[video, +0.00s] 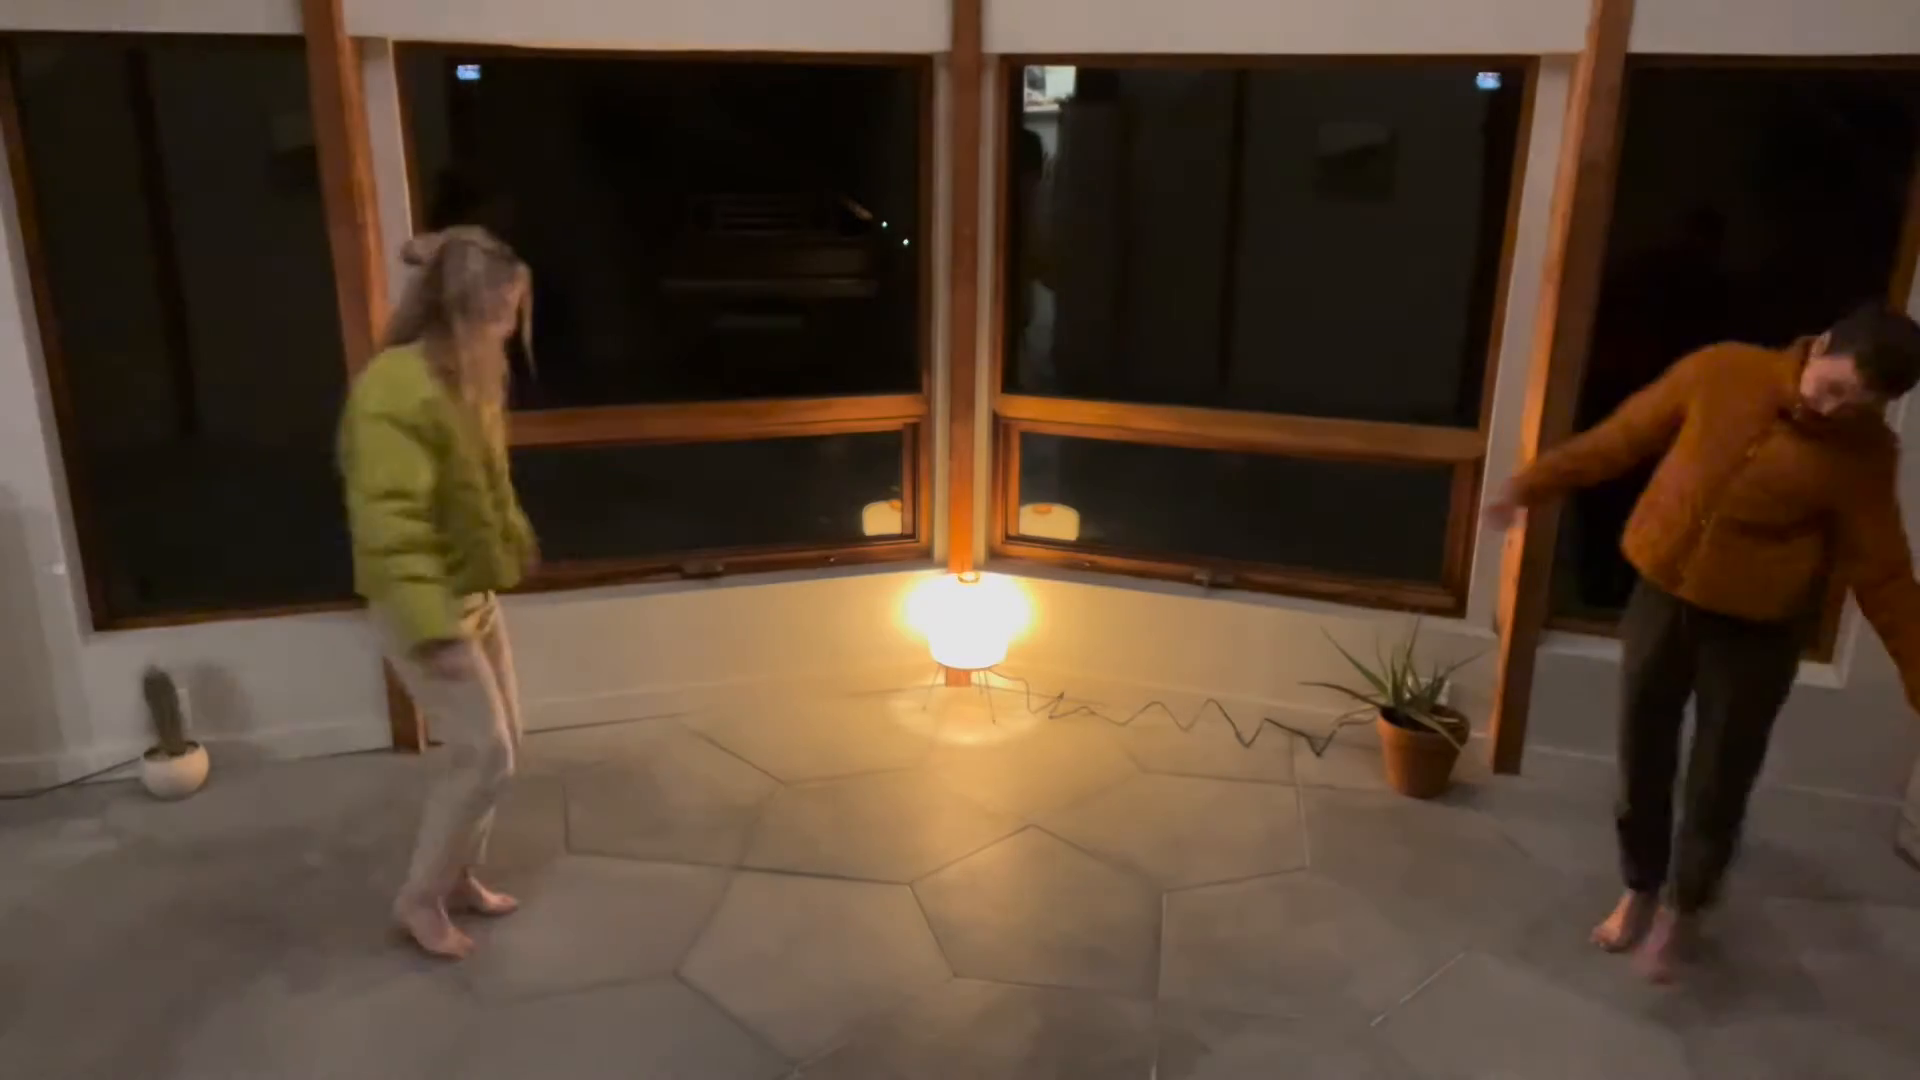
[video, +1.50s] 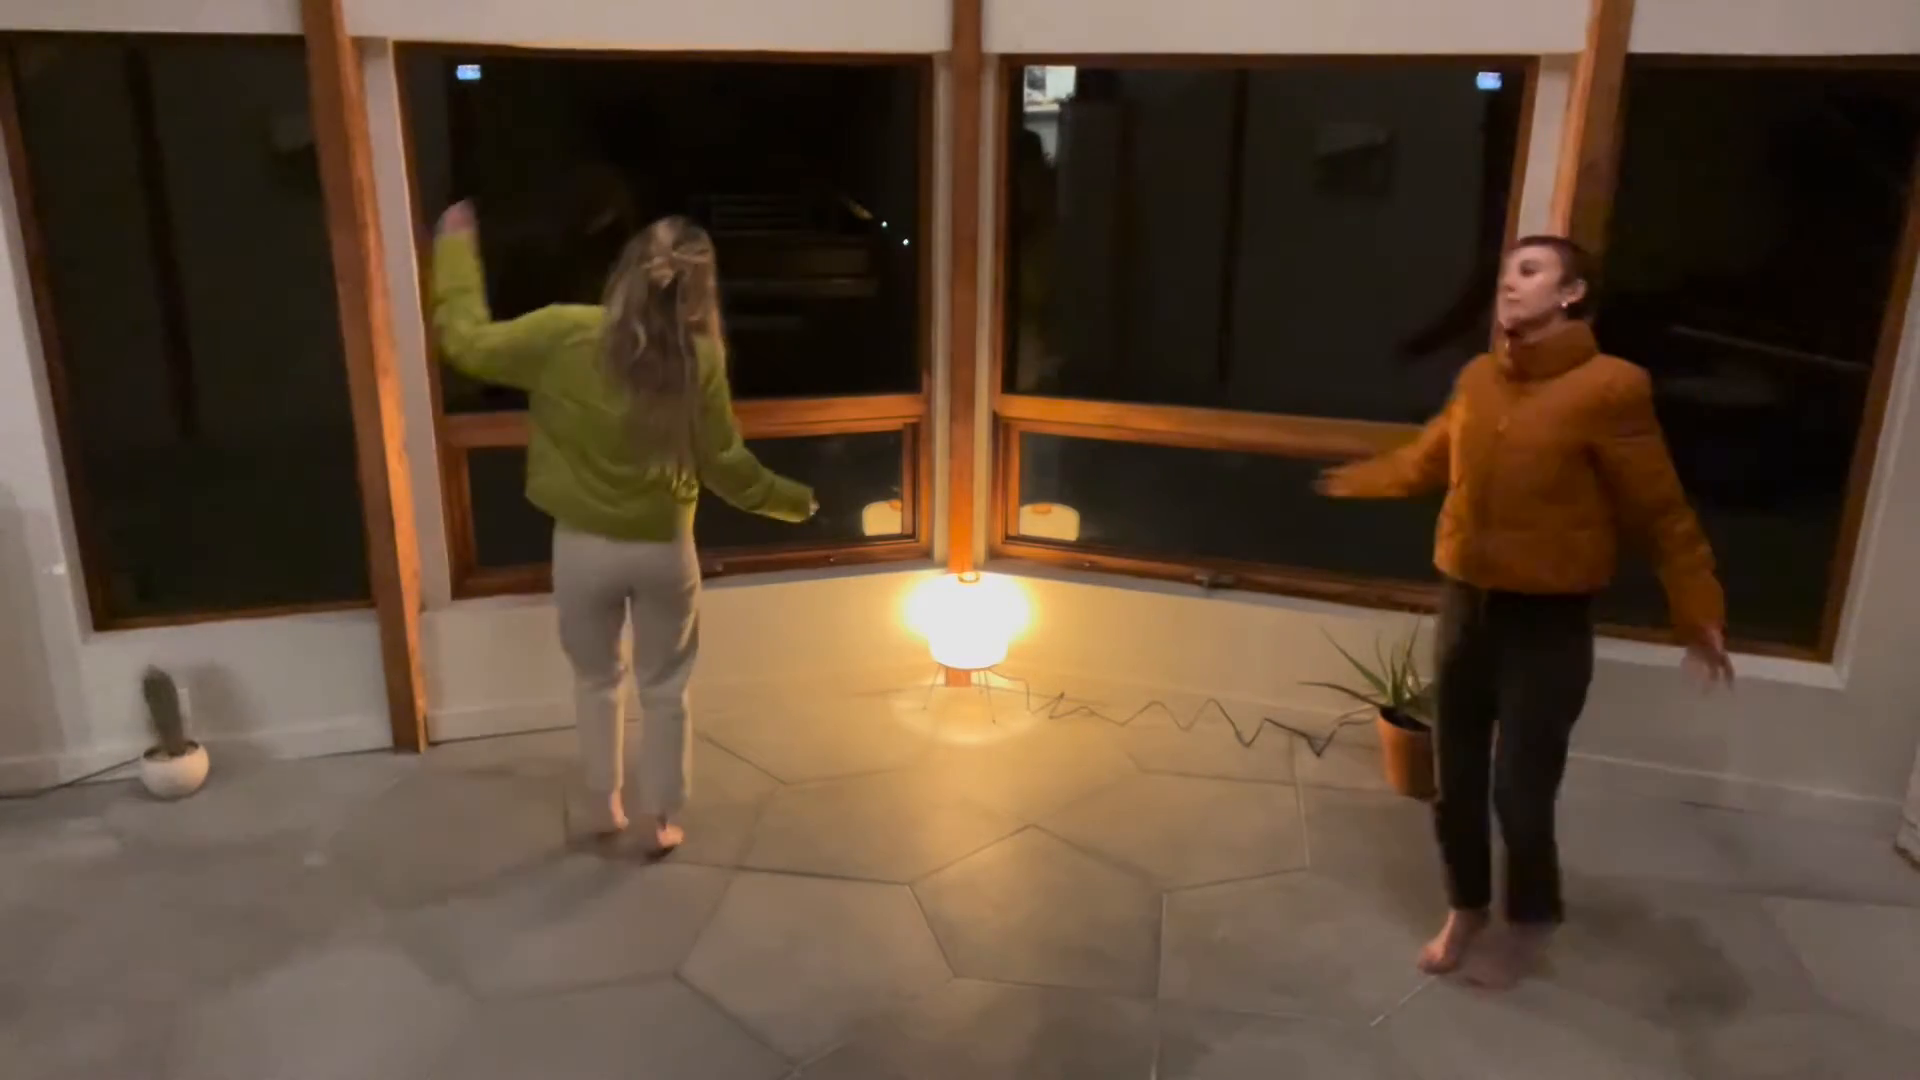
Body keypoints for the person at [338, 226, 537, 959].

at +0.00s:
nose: (513, 329)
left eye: (515, 313)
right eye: (505, 314)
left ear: (486, 311)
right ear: (465, 311)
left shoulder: (473, 374)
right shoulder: (394, 388)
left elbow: (487, 478)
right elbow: (387, 522)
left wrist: (515, 543)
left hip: (474, 594)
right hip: (422, 608)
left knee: (500, 748)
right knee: (482, 752)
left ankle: (459, 875)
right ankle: (418, 898)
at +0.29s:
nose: (562, 321)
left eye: (562, 305)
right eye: (556, 305)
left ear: (476, 300)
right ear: (523, 307)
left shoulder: (424, 370)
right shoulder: (508, 391)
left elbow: (395, 484)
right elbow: (560, 524)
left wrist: (394, 568)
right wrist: (650, 610)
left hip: (427, 589)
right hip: (477, 599)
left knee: (482, 741)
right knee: (538, 746)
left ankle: (460, 890)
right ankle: (494, 908)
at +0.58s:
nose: (600, 310)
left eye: (598, 296)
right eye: (595, 297)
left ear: (503, 293)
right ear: (574, 306)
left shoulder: (434, 368)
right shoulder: (579, 387)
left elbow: (399, 488)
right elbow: (630, 505)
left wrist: (386, 586)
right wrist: (696, 580)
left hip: (459, 602)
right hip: (542, 606)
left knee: (503, 746)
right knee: (583, 735)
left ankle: (504, 892)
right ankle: (535, 892)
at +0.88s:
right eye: (634, 289)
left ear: (545, 281)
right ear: (626, 295)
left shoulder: (494, 356)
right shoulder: (635, 364)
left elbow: (465, 484)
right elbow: (663, 481)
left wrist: (436, 586)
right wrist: (686, 568)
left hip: (525, 589)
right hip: (607, 589)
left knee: (550, 734)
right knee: (609, 727)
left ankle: (575, 871)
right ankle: (594, 877)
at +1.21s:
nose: (684, 298)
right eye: (680, 287)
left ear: (602, 274)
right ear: (671, 290)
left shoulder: (549, 346)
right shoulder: (676, 361)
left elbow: (474, 441)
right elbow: (709, 468)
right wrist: (752, 533)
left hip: (563, 572)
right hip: (645, 571)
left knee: (582, 713)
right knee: (645, 704)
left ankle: (604, 849)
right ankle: (652, 848)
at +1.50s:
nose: (715, 297)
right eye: (708, 284)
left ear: (631, 273)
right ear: (698, 291)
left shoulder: (564, 333)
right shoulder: (701, 356)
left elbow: (468, 343)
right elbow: (726, 462)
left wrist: (454, 246)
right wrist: (793, 501)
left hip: (584, 553)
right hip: (665, 555)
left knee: (596, 681)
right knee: (664, 686)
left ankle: (604, 806)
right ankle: (665, 821)